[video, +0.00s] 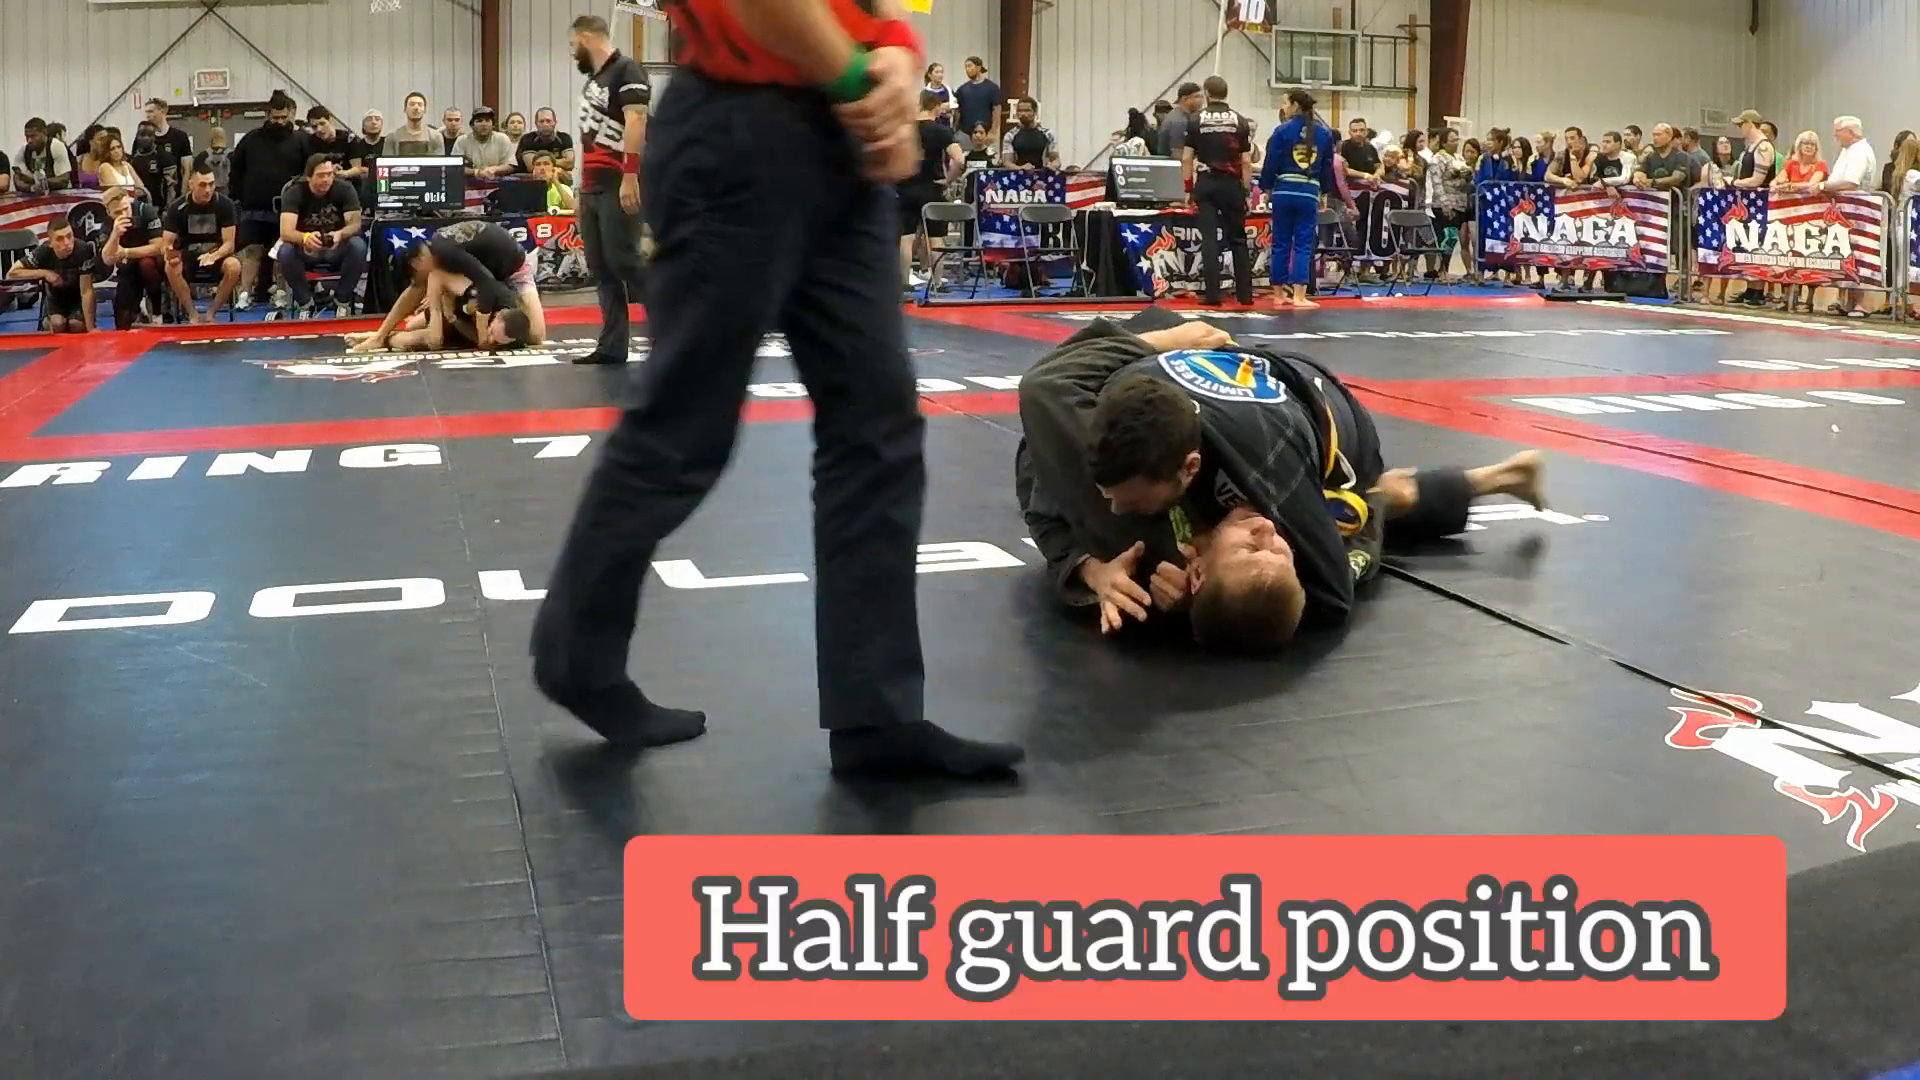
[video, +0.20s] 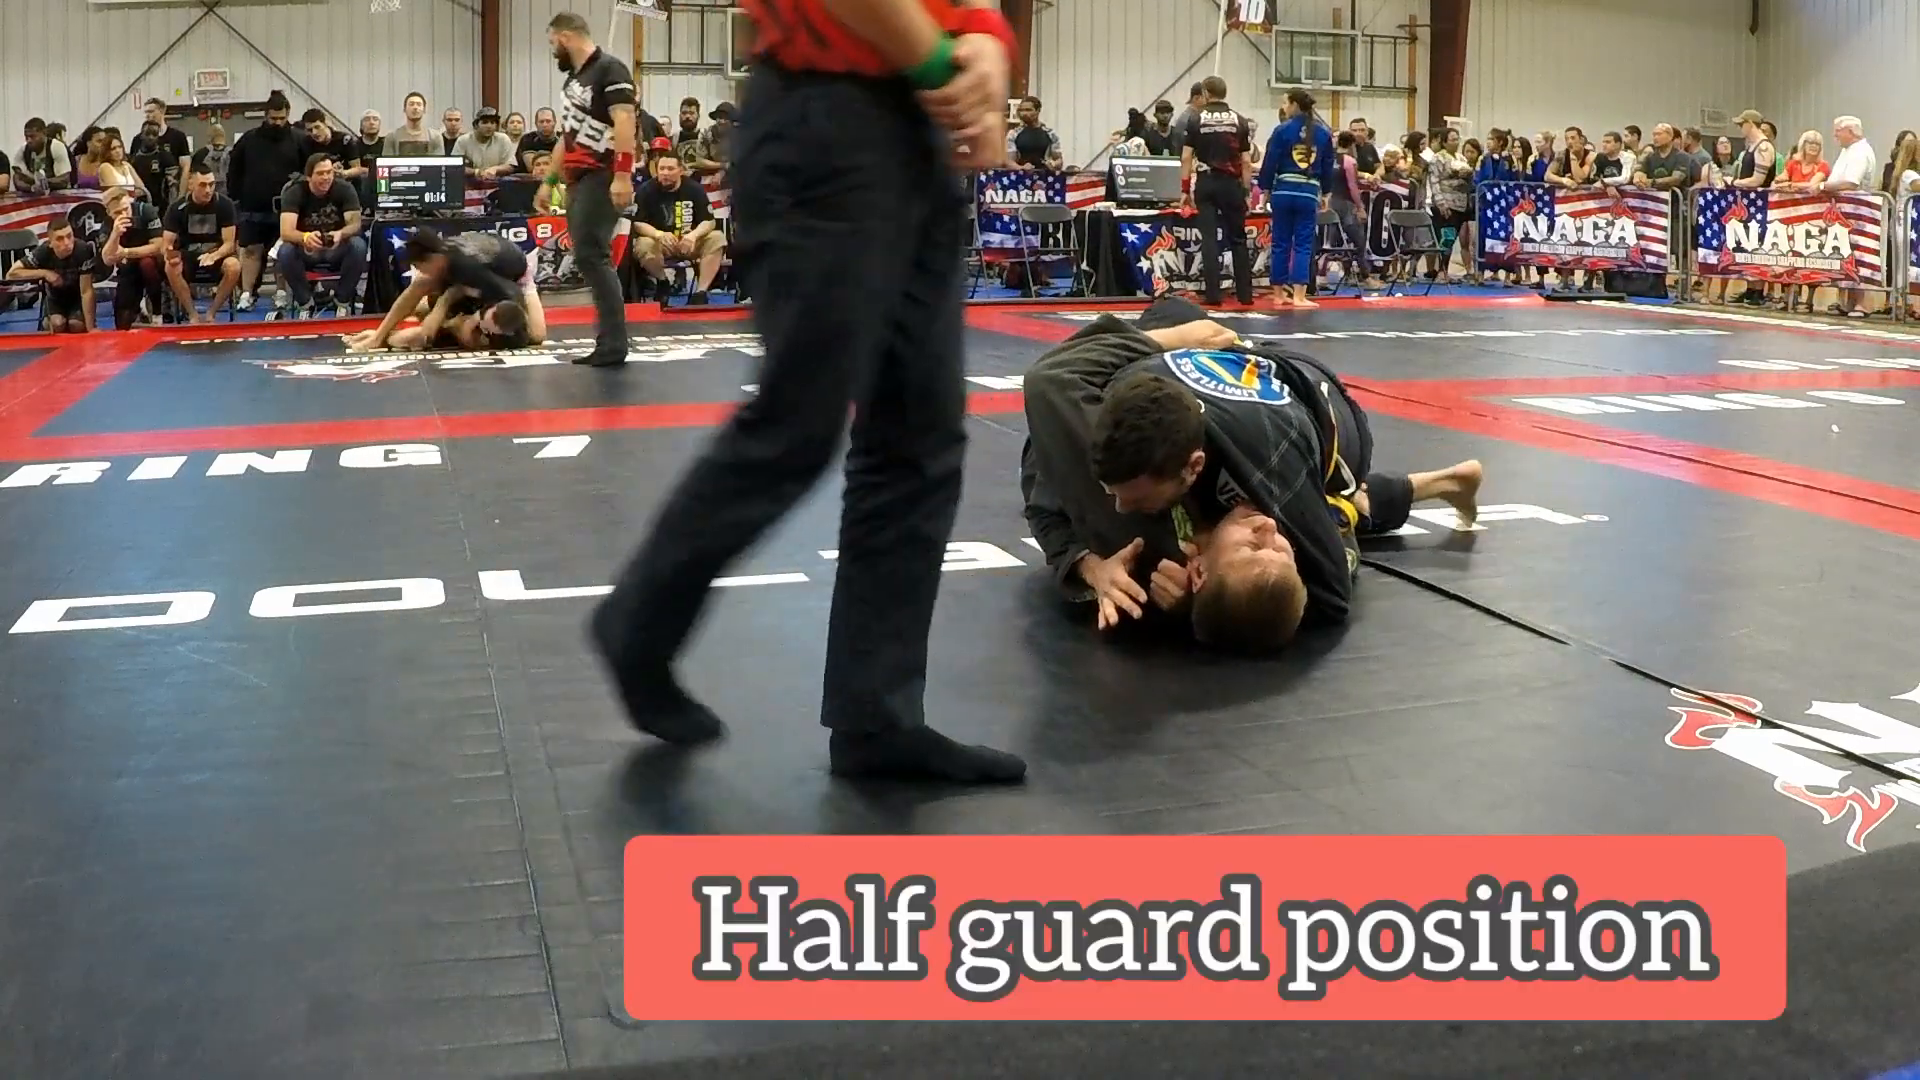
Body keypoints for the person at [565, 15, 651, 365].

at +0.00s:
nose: (572, 51)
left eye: (574, 44)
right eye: (572, 46)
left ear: (587, 39)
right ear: (591, 40)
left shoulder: (628, 71)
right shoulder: (593, 81)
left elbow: (636, 123)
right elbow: (587, 141)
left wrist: (630, 175)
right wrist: (581, 190)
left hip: (616, 186)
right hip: (591, 188)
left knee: (623, 262)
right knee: (603, 270)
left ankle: (667, 327)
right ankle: (612, 348)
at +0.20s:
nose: (552, 50)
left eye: (553, 43)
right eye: (552, 44)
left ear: (566, 37)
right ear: (570, 38)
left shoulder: (611, 69)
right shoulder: (573, 80)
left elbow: (625, 121)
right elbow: (566, 135)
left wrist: (623, 174)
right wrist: (549, 180)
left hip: (603, 176)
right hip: (580, 177)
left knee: (592, 255)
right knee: (591, 257)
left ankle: (614, 345)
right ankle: (609, 343)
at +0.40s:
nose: (531, 53)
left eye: (532, 46)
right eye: (531, 47)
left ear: (543, 40)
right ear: (549, 41)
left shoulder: (587, 74)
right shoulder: (557, 80)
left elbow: (599, 131)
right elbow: (551, 139)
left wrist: (597, 183)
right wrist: (529, 179)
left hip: (575, 182)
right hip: (558, 182)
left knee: (558, 263)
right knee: (589, 266)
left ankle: (530, 348)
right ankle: (612, 343)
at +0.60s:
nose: (512, 53)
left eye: (512, 46)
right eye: (511, 47)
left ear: (522, 41)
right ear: (533, 39)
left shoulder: (553, 75)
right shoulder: (541, 76)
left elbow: (560, 135)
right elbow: (537, 138)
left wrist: (555, 189)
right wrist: (505, 168)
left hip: (545, 182)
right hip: (543, 179)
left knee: (525, 264)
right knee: (562, 263)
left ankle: (520, 355)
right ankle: (604, 336)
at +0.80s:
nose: (486, 52)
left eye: (486, 46)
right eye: (485, 46)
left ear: (494, 40)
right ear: (511, 37)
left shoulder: (517, 72)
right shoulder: (526, 70)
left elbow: (515, 131)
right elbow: (526, 131)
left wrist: (500, 184)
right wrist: (500, 171)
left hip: (527, 178)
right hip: (530, 178)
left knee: (510, 262)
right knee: (497, 260)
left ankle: (519, 354)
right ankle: (557, 331)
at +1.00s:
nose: (465, 54)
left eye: (463, 47)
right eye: (463, 48)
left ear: (468, 41)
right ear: (493, 36)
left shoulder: (493, 68)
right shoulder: (514, 68)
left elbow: (477, 126)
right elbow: (511, 133)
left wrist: (450, 180)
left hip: (501, 183)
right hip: (512, 182)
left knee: (499, 268)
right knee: (477, 267)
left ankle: (518, 356)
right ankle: (471, 355)